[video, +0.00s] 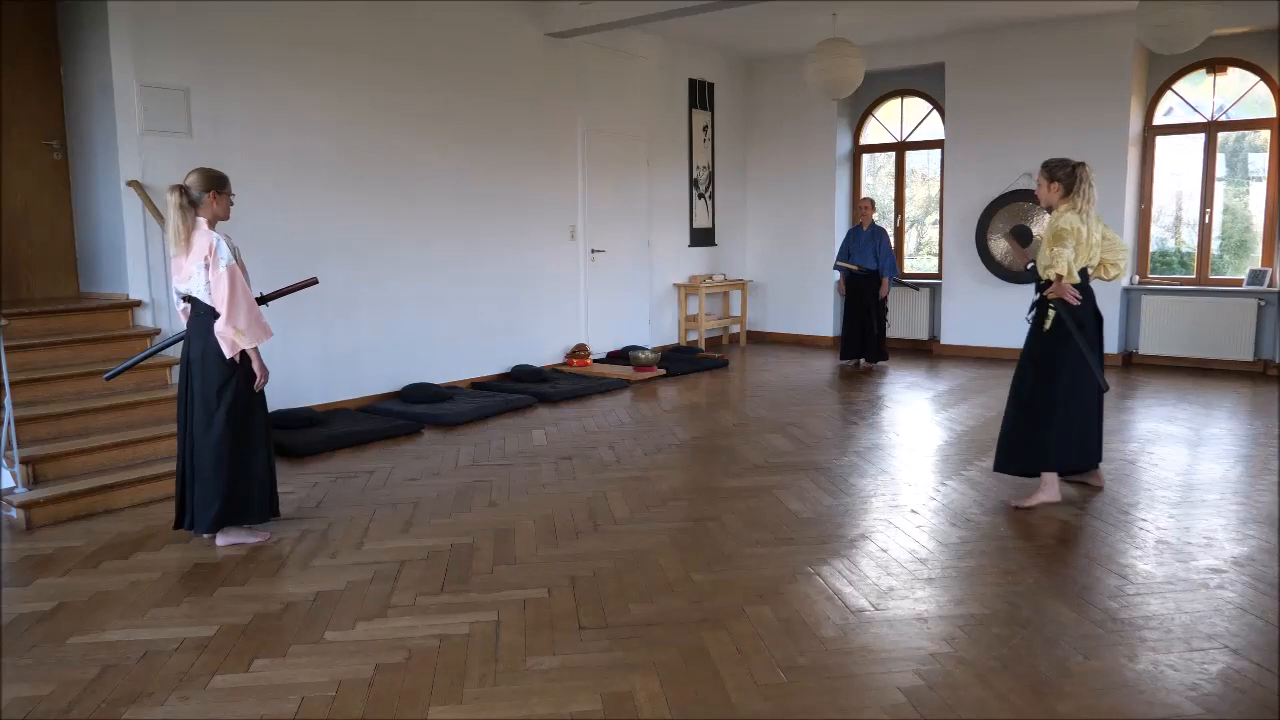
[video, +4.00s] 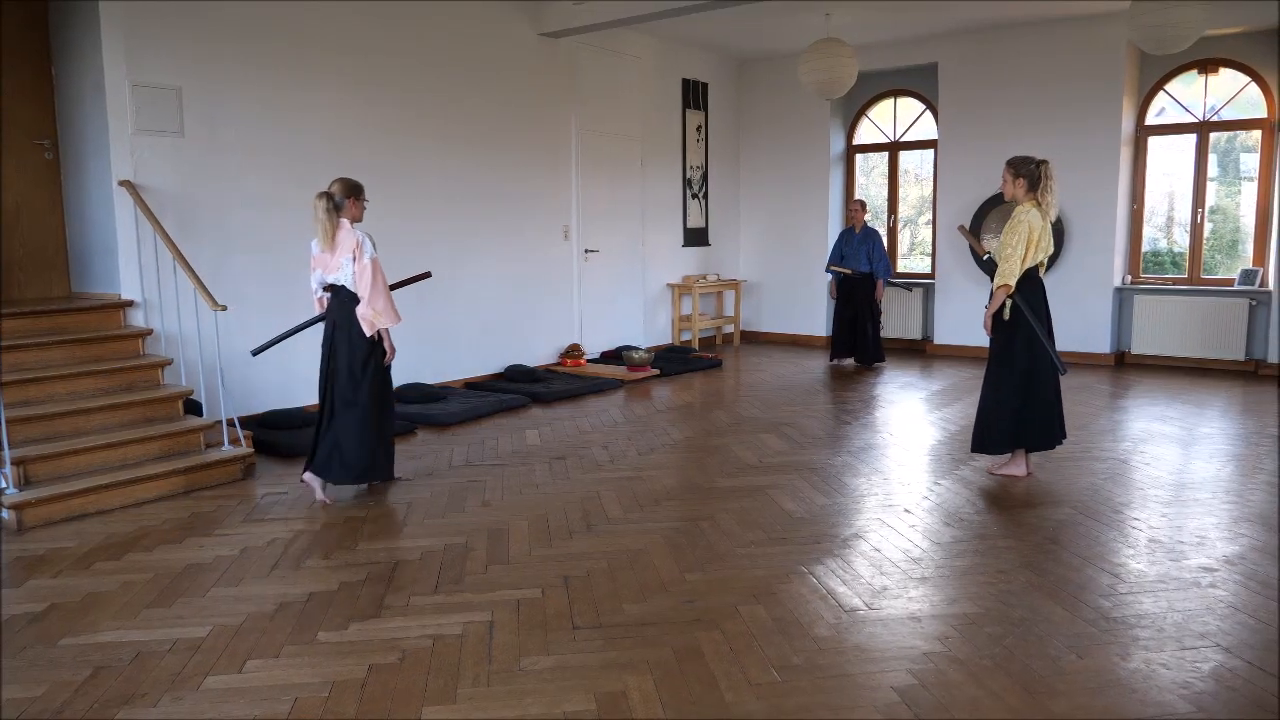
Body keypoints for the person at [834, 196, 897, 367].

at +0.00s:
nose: (862, 211)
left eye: (866, 208)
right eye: (860, 208)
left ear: (873, 211)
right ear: (857, 210)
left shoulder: (880, 233)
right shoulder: (852, 232)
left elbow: (886, 259)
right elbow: (843, 257)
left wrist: (885, 282)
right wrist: (841, 278)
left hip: (872, 278)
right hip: (853, 278)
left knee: (871, 318)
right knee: (853, 316)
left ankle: (870, 358)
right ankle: (854, 356)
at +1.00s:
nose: (858, 211)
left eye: (861, 208)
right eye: (856, 208)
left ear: (869, 211)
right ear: (853, 211)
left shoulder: (876, 232)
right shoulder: (848, 232)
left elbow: (882, 259)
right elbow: (840, 257)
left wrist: (881, 283)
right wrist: (838, 278)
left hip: (869, 277)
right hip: (850, 277)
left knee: (868, 317)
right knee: (851, 315)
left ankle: (868, 356)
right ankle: (855, 354)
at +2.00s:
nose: (858, 211)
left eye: (862, 208)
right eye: (856, 208)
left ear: (870, 210)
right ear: (854, 210)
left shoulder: (877, 233)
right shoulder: (850, 233)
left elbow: (884, 259)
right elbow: (841, 257)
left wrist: (883, 283)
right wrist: (840, 278)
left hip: (870, 279)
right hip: (852, 278)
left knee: (869, 317)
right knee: (853, 316)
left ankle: (869, 357)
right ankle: (856, 355)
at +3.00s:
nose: (859, 212)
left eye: (863, 209)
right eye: (857, 209)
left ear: (871, 211)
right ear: (854, 211)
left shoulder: (878, 233)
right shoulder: (851, 233)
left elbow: (886, 260)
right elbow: (842, 257)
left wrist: (885, 284)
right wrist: (840, 279)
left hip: (871, 279)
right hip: (853, 279)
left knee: (871, 318)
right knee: (853, 317)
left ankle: (871, 357)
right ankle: (855, 356)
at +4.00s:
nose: (852, 214)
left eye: (856, 211)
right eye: (850, 211)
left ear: (864, 213)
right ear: (848, 212)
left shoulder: (872, 234)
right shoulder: (844, 234)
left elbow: (880, 261)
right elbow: (835, 259)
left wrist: (880, 285)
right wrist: (833, 281)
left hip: (866, 281)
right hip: (846, 281)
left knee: (865, 320)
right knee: (844, 318)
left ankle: (866, 358)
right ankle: (842, 354)